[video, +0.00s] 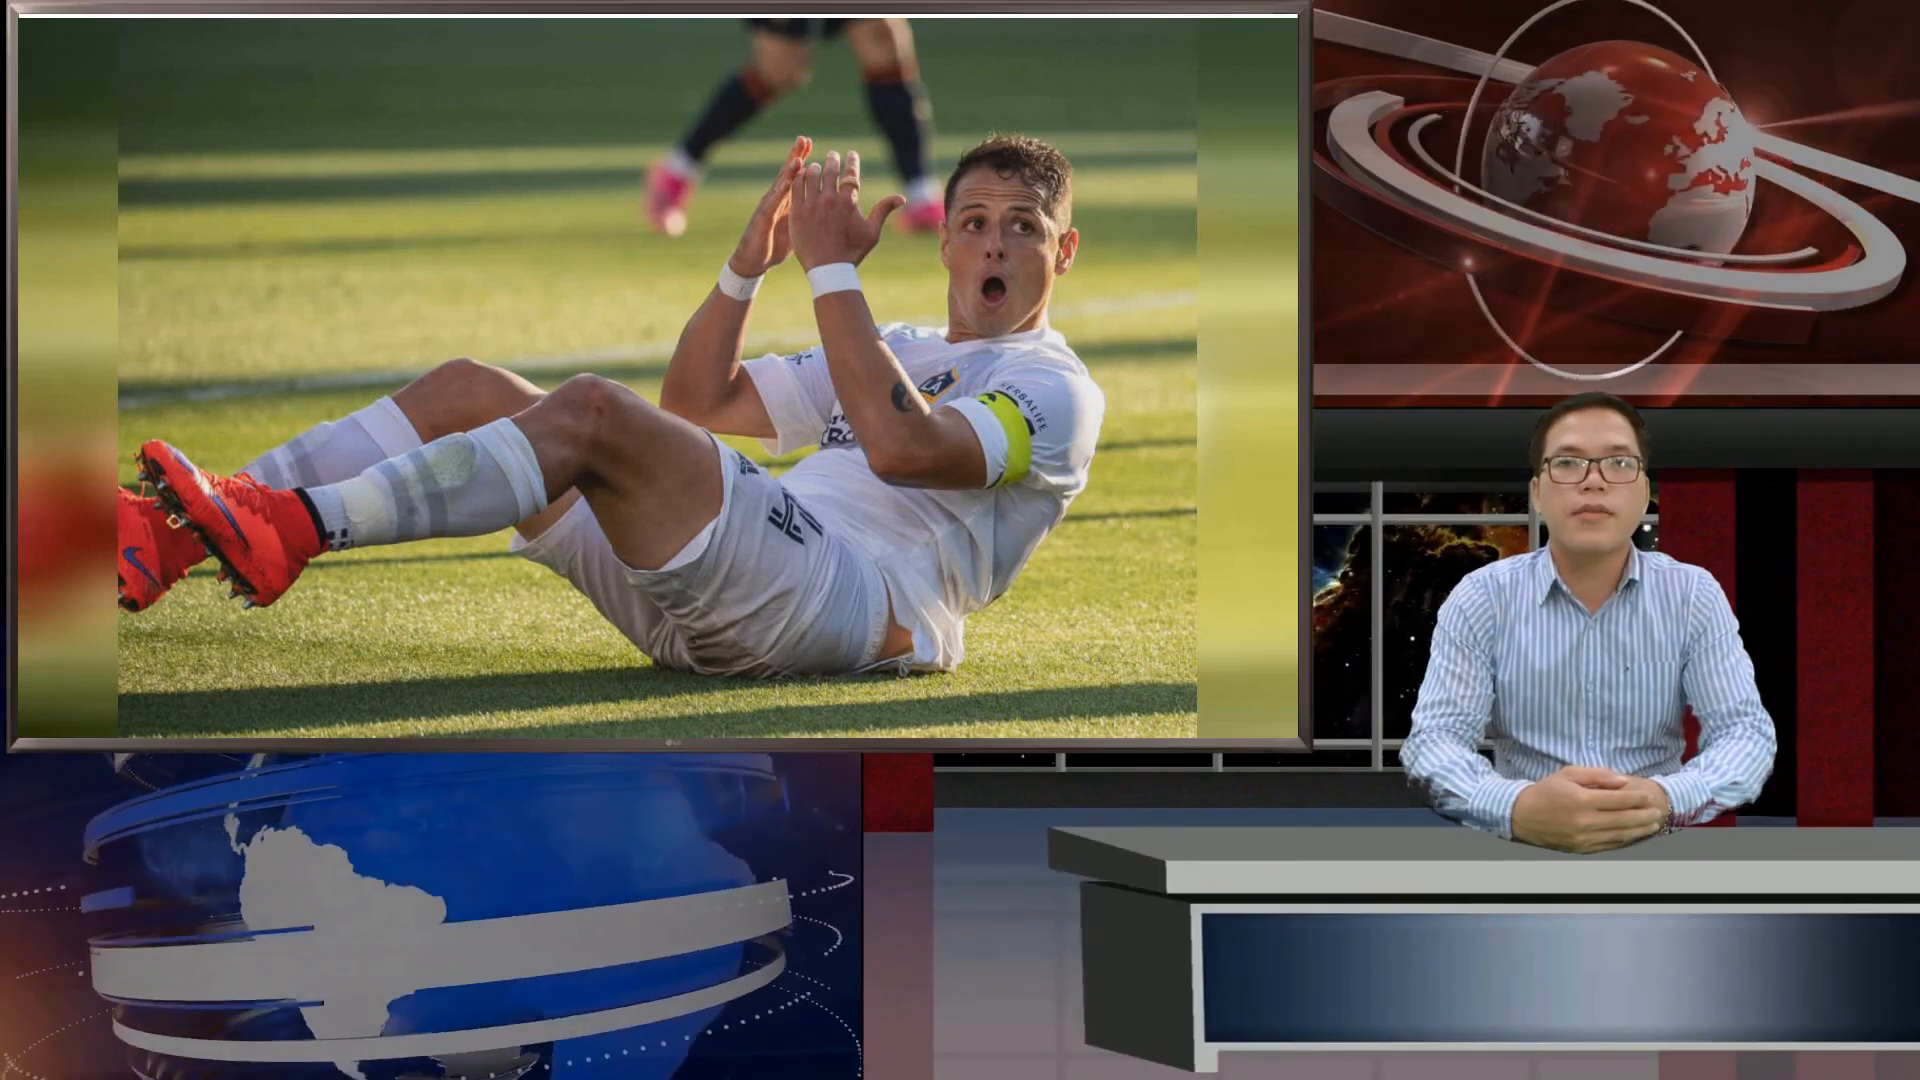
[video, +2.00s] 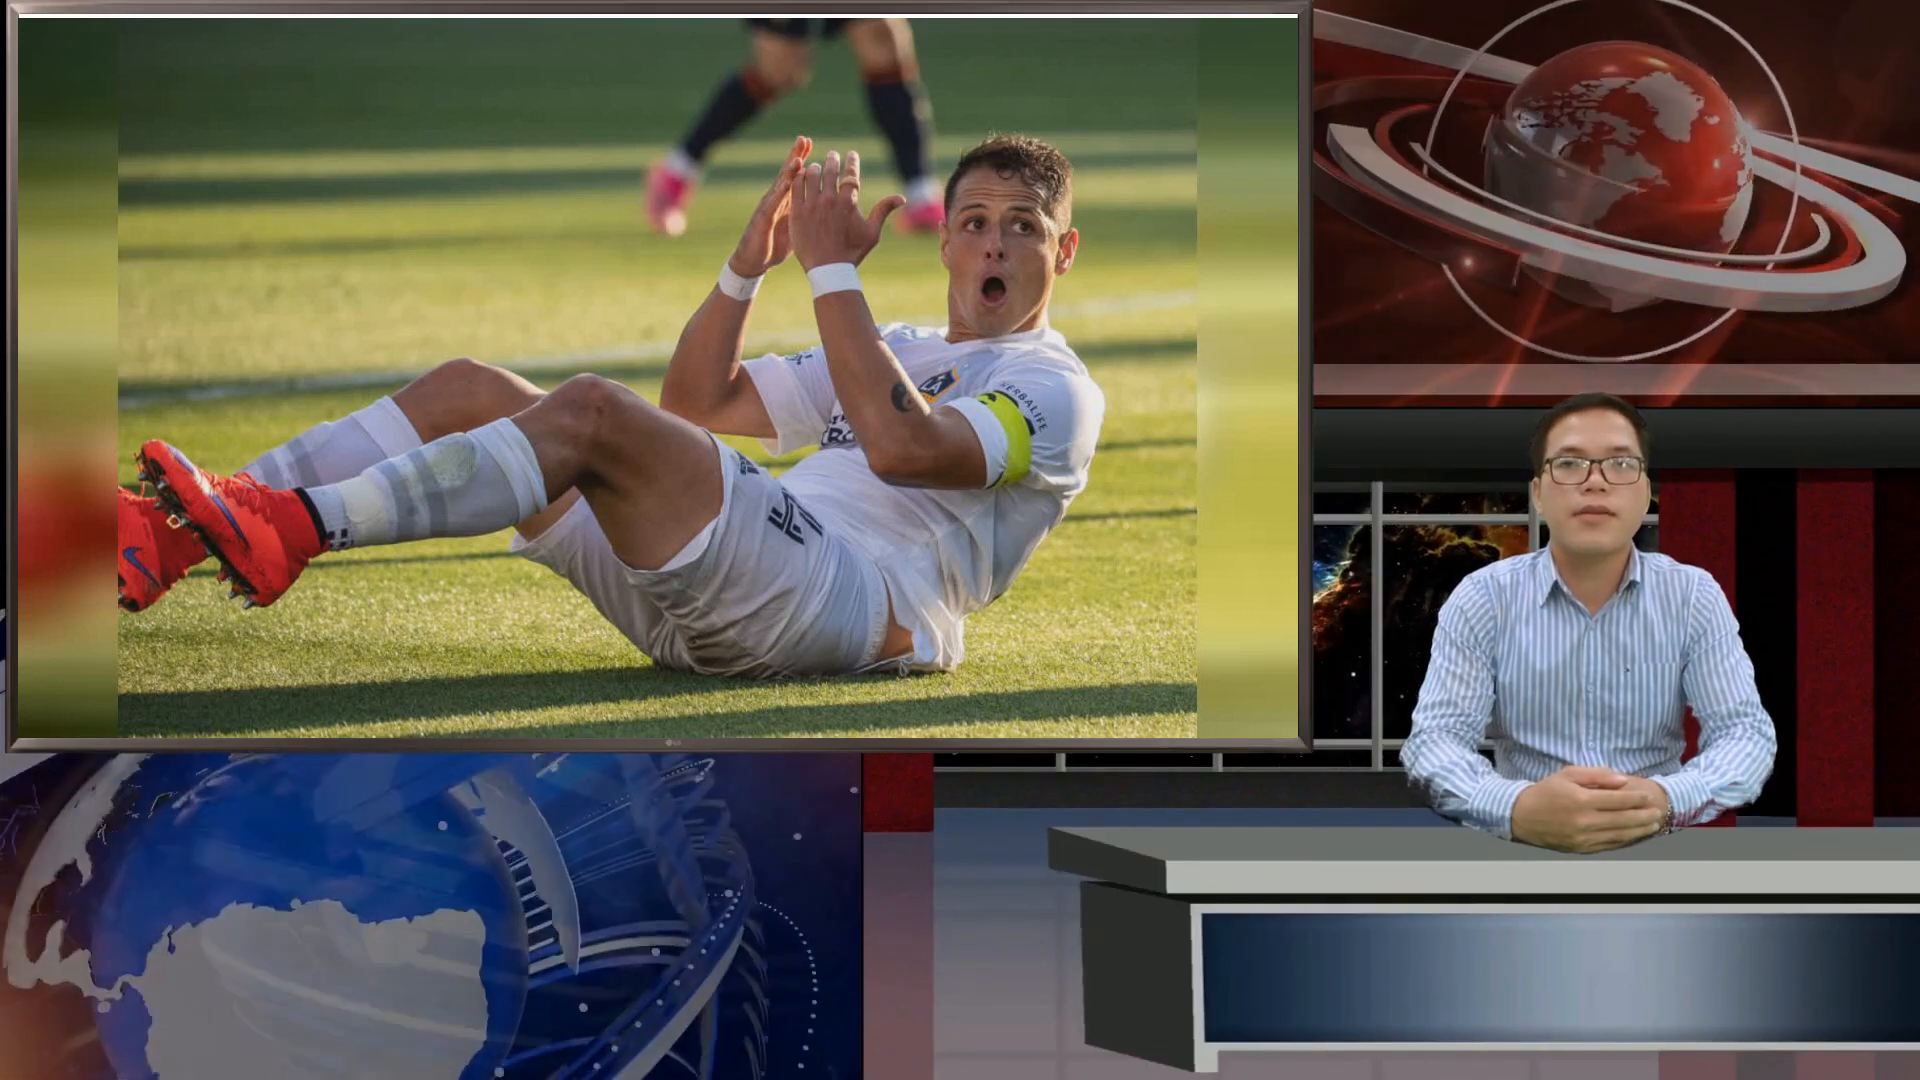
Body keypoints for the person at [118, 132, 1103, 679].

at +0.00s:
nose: (995, 246)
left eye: (1022, 230)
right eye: (976, 224)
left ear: (1065, 258)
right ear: (943, 240)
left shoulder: (1055, 389)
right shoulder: (892, 358)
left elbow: (902, 447)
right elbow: (695, 404)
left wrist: (833, 270)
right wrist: (747, 270)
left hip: (840, 603)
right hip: (732, 571)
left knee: (592, 413)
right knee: (468, 389)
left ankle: (300, 524)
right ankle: (180, 539)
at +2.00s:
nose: (995, 246)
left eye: (1022, 230)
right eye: (975, 224)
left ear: (1065, 257)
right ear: (942, 241)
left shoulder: (1055, 389)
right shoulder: (892, 358)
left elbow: (902, 447)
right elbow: (695, 405)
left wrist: (833, 270)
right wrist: (747, 270)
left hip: (841, 603)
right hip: (733, 573)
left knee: (592, 413)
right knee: (468, 389)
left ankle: (299, 525)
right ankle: (180, 538)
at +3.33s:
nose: (994, 246)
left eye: (1022, 230)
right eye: (975, 224)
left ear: (1065, 257)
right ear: (942, 241)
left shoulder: (1055, 389)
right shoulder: (893, 359)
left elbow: (901, 447)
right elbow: (695, 404)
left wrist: (834, 270)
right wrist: (746, 270)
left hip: (842, 602)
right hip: (734, 572)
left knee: (592, 413)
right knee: (468, 389)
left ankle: (300, 524)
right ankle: (175, 541)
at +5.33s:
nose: (995, 246)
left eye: (1022, 230)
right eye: (975, 224)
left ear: (1065, 257)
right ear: (942, 242)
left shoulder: (1054, 389)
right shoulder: (893, 359)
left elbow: (901, 447)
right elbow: (695, 404)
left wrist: (834, 270)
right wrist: (747, 270)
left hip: (842, 602)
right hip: (735, 573)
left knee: (592, 413)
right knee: (468, 389)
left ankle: (300, 524)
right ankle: (174, 541)